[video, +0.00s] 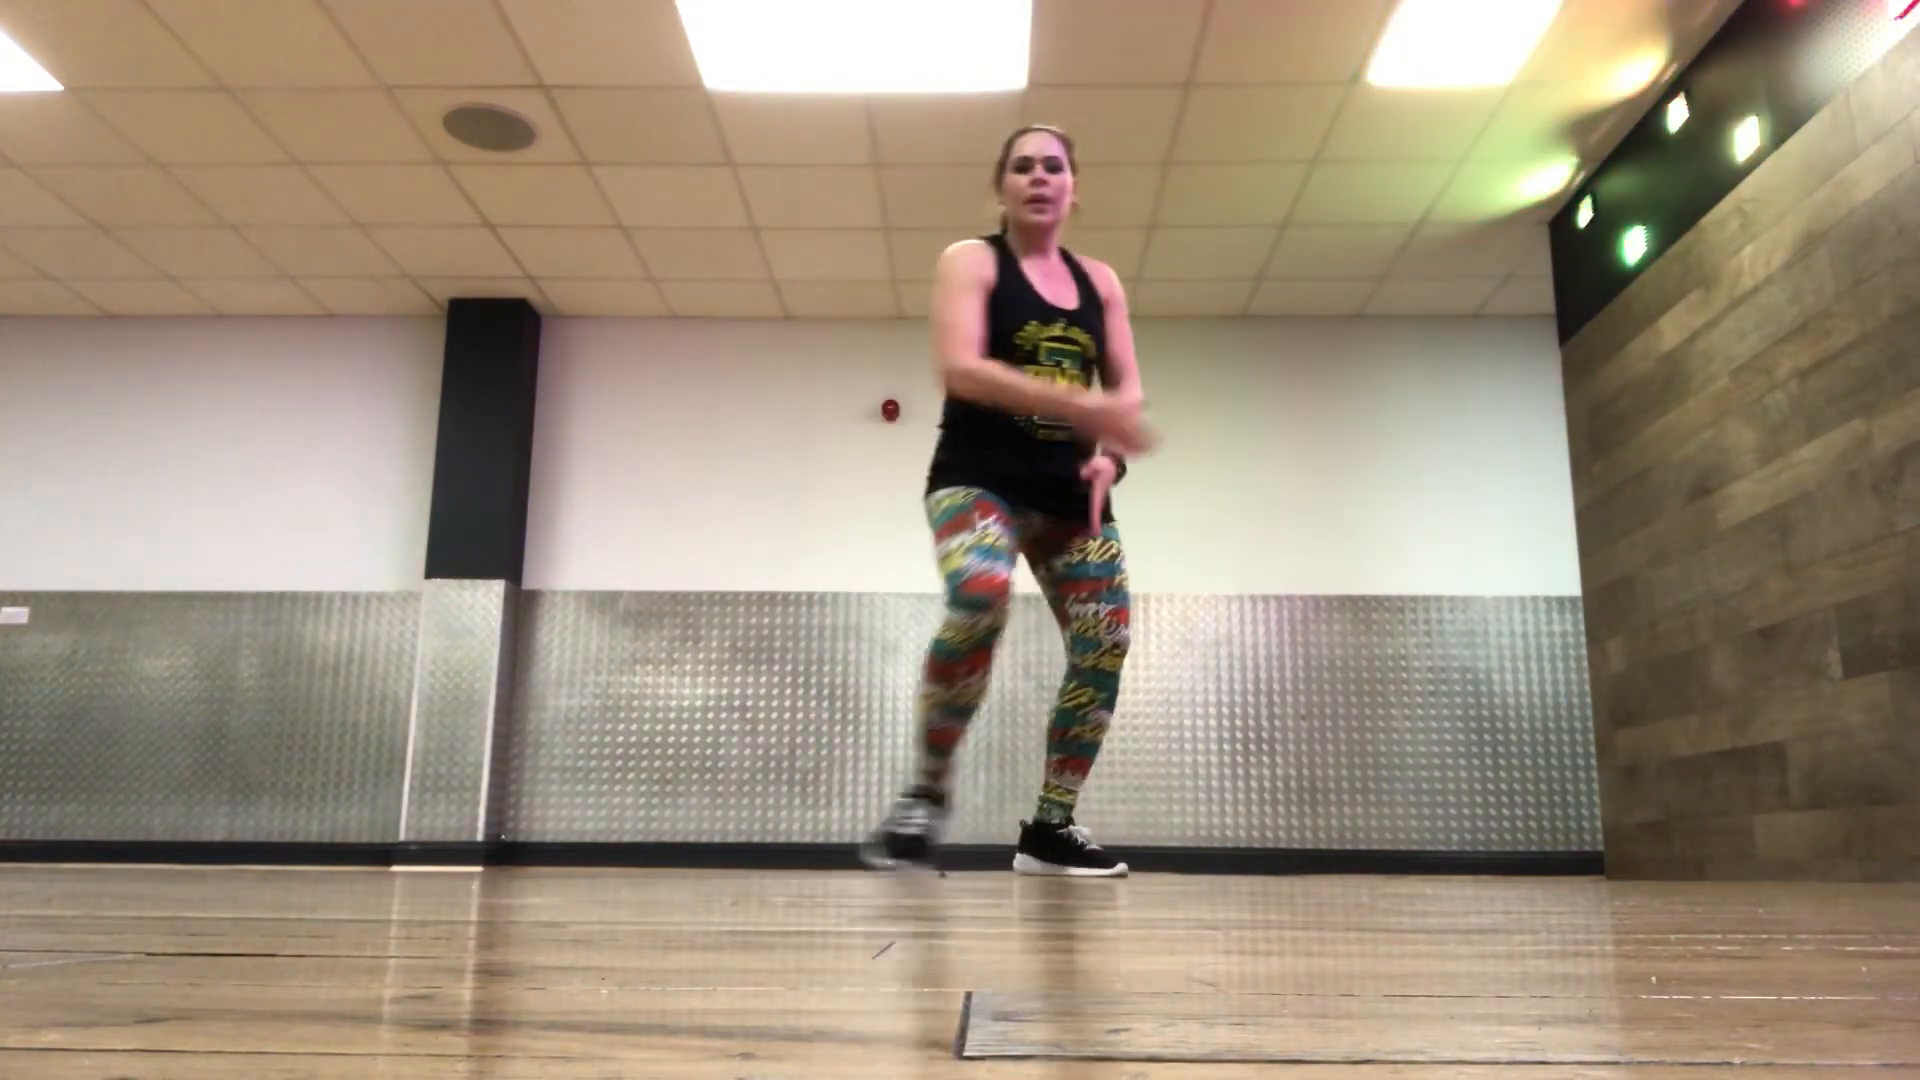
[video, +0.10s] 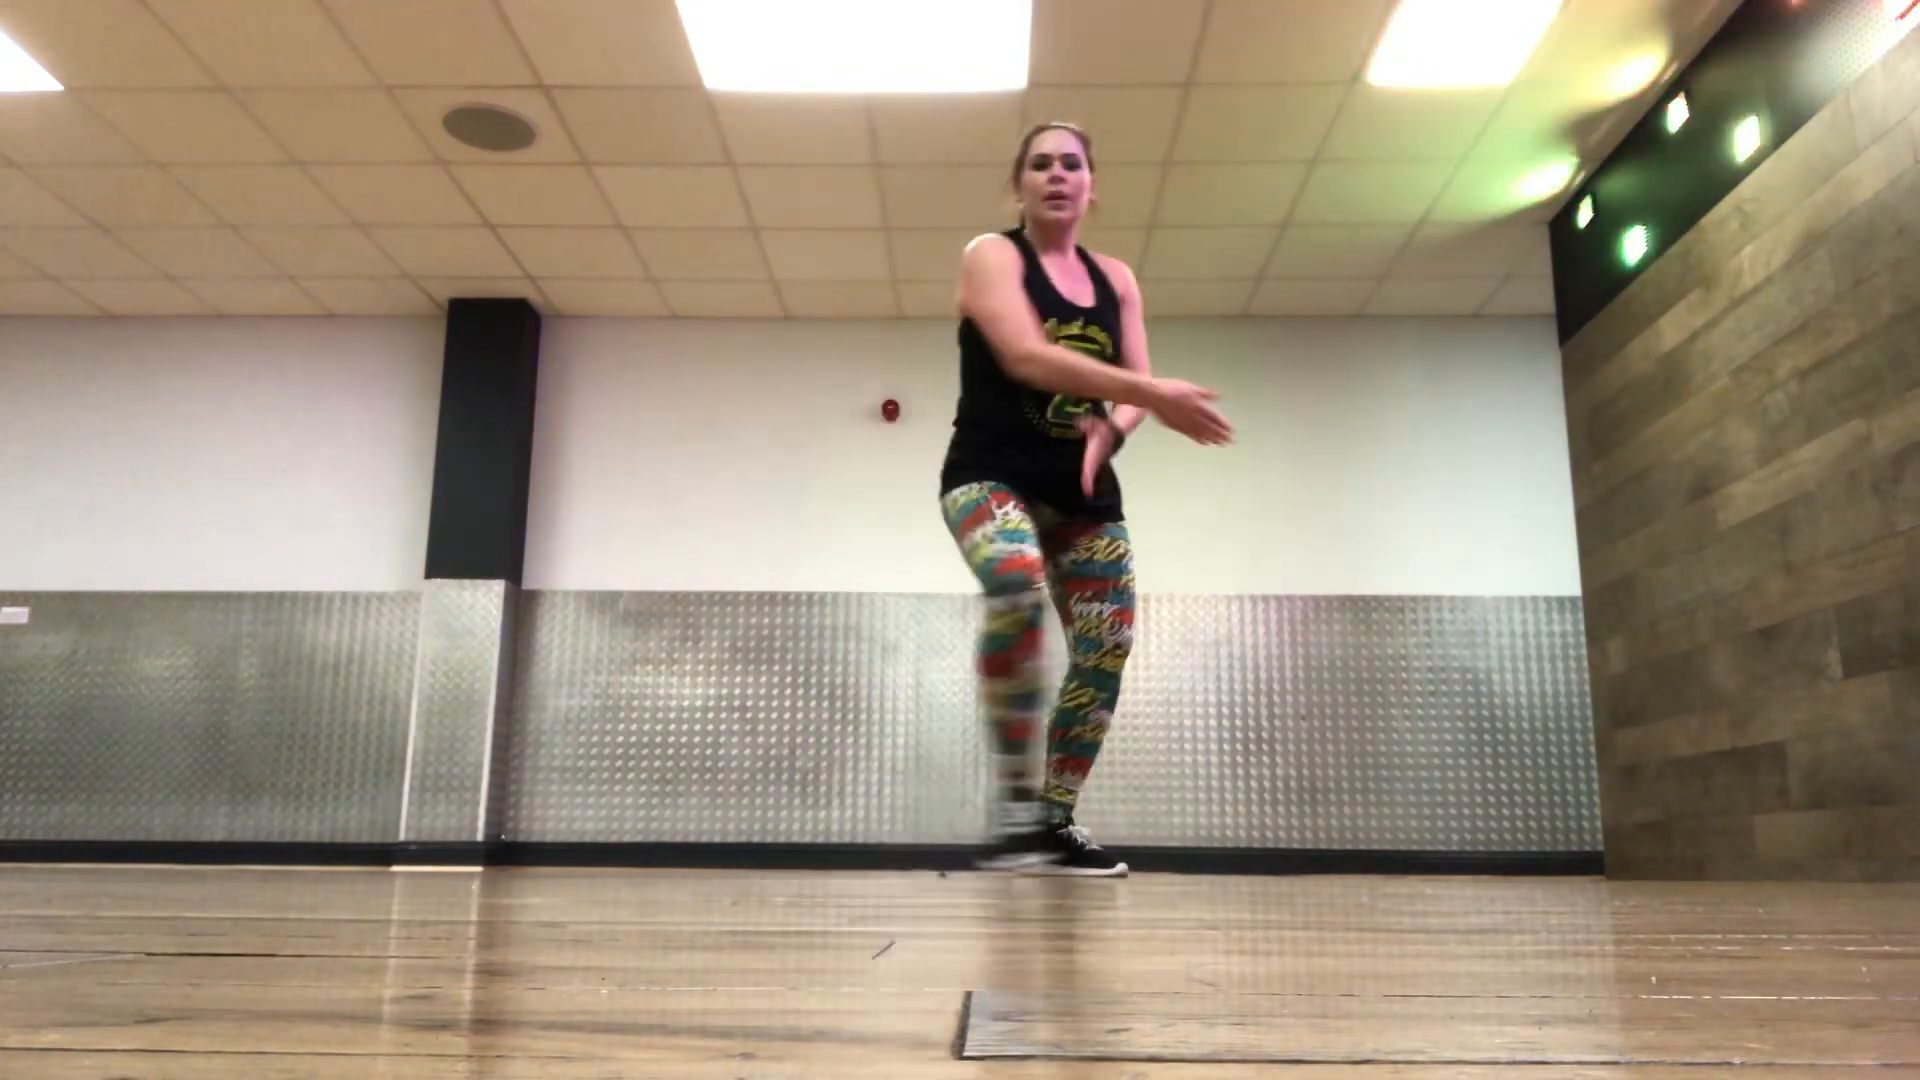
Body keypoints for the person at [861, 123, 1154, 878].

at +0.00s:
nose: (1040, 178)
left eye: (1053, 168)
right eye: (1025, 168)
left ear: (1074, 188)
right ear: (1000, 187)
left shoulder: (1099, 281)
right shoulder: (970, 263)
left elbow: (1126, 391)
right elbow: (958, 370)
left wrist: (1108, 452)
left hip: (1067, 490)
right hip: (975, 478)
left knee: (1103, 635)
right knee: (981, 596)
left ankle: (1051, 824)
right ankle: (925, 797)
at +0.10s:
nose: (1058, 175)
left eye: (1071, 165)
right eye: (1043, 165)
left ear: (1092, 185)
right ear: (1018, 184)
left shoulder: (1116, 279)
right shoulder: (990, 258)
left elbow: (1136, 389)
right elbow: (1025, 356)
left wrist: (1105, 433)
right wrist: (1150, 394)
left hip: (1081, 480)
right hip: (990, 473)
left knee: (1107, 635)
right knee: (1016, 584)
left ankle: (1052, 823)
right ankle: (1015, 799)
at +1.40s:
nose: (936, 220)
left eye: (951, 207)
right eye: (924, 213)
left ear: (982, 223)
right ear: (913, 234)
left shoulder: (1005, 280)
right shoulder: (923, 321)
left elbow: (951, 322)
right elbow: (843, 377)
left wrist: (827, 327)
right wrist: (800, 312)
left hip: (1022, 493)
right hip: (962, 503)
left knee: (945, 622)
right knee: (914, 644)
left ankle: (956, 821)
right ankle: (988, 824)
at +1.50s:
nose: (933, 219)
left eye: (948, 207)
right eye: (920, 212)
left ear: (980, 223)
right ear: (909, 232)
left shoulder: (1001, 277)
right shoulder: (920, 318)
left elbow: (951, 262)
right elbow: (840, 377)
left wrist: (841, 293)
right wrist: (797, 316)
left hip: (1022, 493)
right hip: (957, 503)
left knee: (945, 620)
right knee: (912, 646)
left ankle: (956, 821)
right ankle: (988, 824)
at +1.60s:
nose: (935, 212)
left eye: (948, 196)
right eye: (924, 203)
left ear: (975, 218)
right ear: (910, 229)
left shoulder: (996, 288)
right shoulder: (911, 320)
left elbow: (997, 212)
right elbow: (830, 376)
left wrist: (881, 219)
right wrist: (791, 307)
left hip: (1033, 486)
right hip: (962, 501)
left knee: (964, 602)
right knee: (921, 643)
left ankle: (958, 812)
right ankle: (992, 825)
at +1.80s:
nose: (941, 211)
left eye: (955, 199)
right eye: (928, 203)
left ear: (982, 217)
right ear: (916, 228)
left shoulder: (1007, 284)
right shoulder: (911, 320)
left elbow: (1031, 271)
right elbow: (830, 380)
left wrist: (919, 243)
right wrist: (796, 309)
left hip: (1043, 484)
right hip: (963, 503)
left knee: (1006, 597)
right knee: (931, 645)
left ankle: (1049, 803)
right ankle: (987, 823)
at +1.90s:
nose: (948, 211)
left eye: (961, 200)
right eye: (934, 203)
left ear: (989, 220)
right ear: (919, 228)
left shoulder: (1019, 277)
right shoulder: (914, 323)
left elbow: (1038, 321)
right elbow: (835, 383)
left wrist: (932, 297)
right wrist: (802, 313)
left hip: (1049, 491)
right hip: (967, 505)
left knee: (1026, 621)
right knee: (926, 644)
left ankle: (1070, 823)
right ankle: (988, 826)